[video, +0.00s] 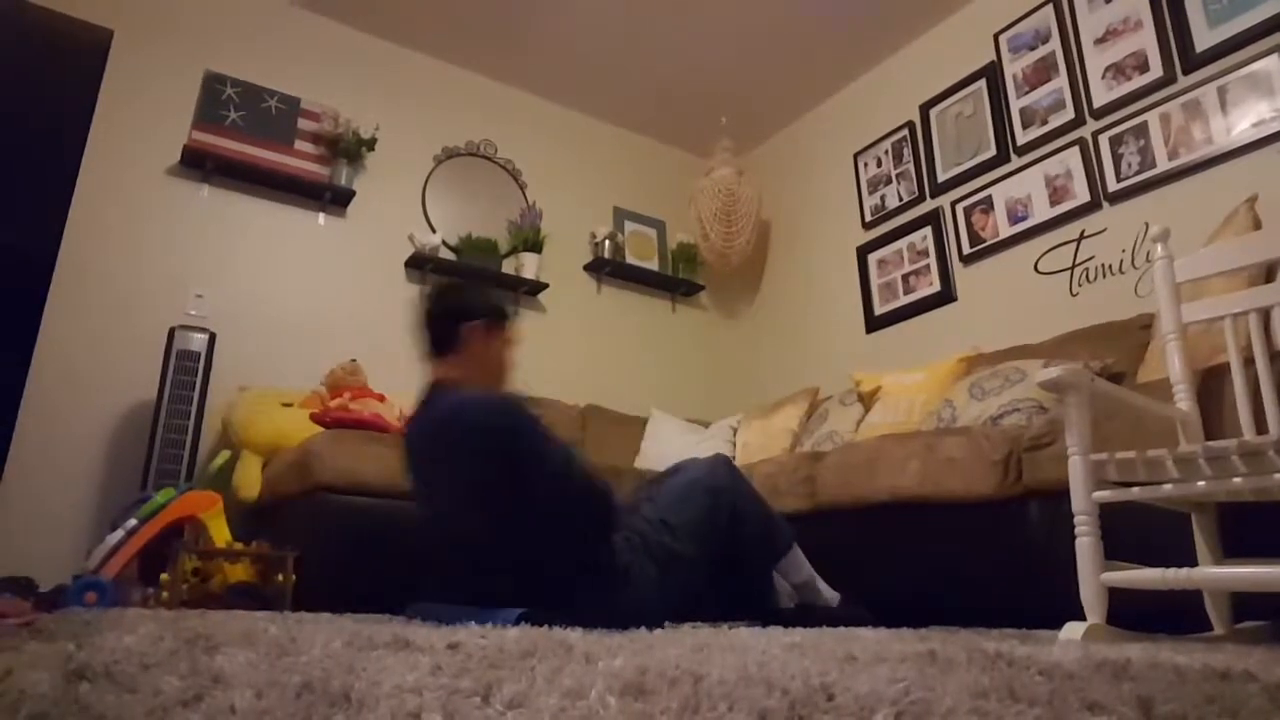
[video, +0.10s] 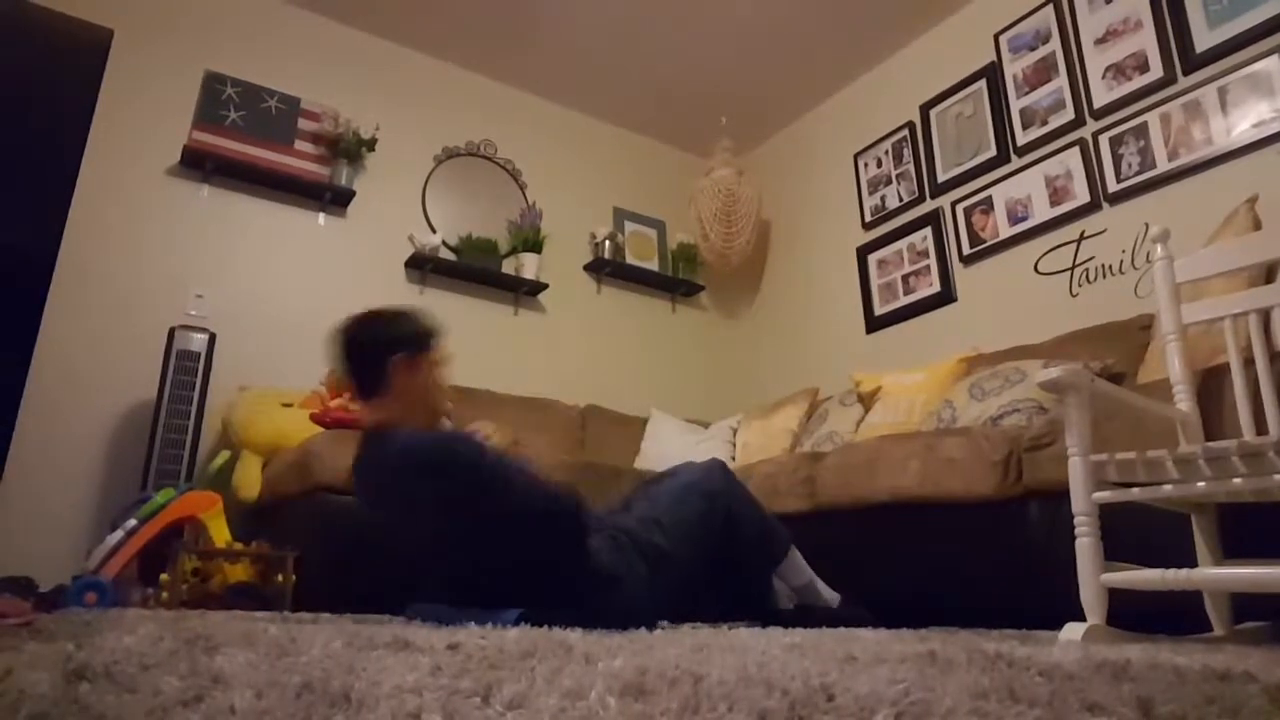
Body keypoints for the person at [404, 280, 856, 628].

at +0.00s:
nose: (510, 353)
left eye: (508, 340)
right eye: (503, 339)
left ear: (450, 341)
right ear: (473, 338)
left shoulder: (425, 427)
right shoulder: (496, 420)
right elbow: (596, 509)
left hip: (511, 595)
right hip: (592, 599)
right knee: (713, 475)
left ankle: (790, 602)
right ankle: (812, 593)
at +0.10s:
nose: (443, 379)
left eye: (439, 364)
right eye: (434, 364)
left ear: (377, 378)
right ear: (403, 372)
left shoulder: (376, 462)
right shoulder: (440, 458)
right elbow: (566, 517)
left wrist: (477, 457)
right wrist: (514, 463)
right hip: (589, 596)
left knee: (685, 485)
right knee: (708, 481)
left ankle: (796, 603)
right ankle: (815, 600)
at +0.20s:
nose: (392, 407)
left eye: (380, 393)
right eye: (373, 399)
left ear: (322, 439)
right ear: (335, 427)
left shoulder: (318, 526)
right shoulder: (404, 501)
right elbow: (542, 524)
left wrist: (432, 470)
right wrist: (466, 471)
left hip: (529, 600)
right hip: (575, 595)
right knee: (706, 486)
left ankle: (788, 624)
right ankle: (821, 606)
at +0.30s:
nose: (333, 447)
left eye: (318, 438)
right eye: (312, 446)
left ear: (287, 493)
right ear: (287, 490)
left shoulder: (327, 562)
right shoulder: (366, 548)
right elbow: (531, 530)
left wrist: (431, 498)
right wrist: (438, 497)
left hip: (550, 574)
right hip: (575, 587)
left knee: (680, 491)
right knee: (708, 486)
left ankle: (792, 614)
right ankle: (822, 616)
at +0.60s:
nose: (368, 431)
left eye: (356, 420)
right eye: (349, 427)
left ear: (311, 472)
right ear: (318, 465)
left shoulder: (324, 560)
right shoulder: (392, 529)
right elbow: (549, 524)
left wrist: (451, 488)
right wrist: (463, 483)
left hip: (552, 603)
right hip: (590, 591)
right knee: (714, 479)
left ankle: (787, 607)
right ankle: (815, 604)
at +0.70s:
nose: (407, 396)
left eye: (396, 384)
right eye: (393, 386)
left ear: (344, 421)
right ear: (359, 410)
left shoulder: (359, 508)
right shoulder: (429, 483)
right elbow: (575, 510)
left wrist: (451, 462)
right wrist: (487, 461)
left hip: (540, 599)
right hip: (593, 593)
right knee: (717, 476)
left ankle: (783, 609)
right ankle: (816, 599)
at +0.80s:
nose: (466, 354)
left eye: (458, 341)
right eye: (454, 343)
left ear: (400, 366)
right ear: (423, 355)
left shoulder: (407, 441)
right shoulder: (471, 431)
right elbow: (594, 494)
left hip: (531, 596)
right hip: (589, 596)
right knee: (717, 471)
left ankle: (794, 601)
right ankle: (813, 596)